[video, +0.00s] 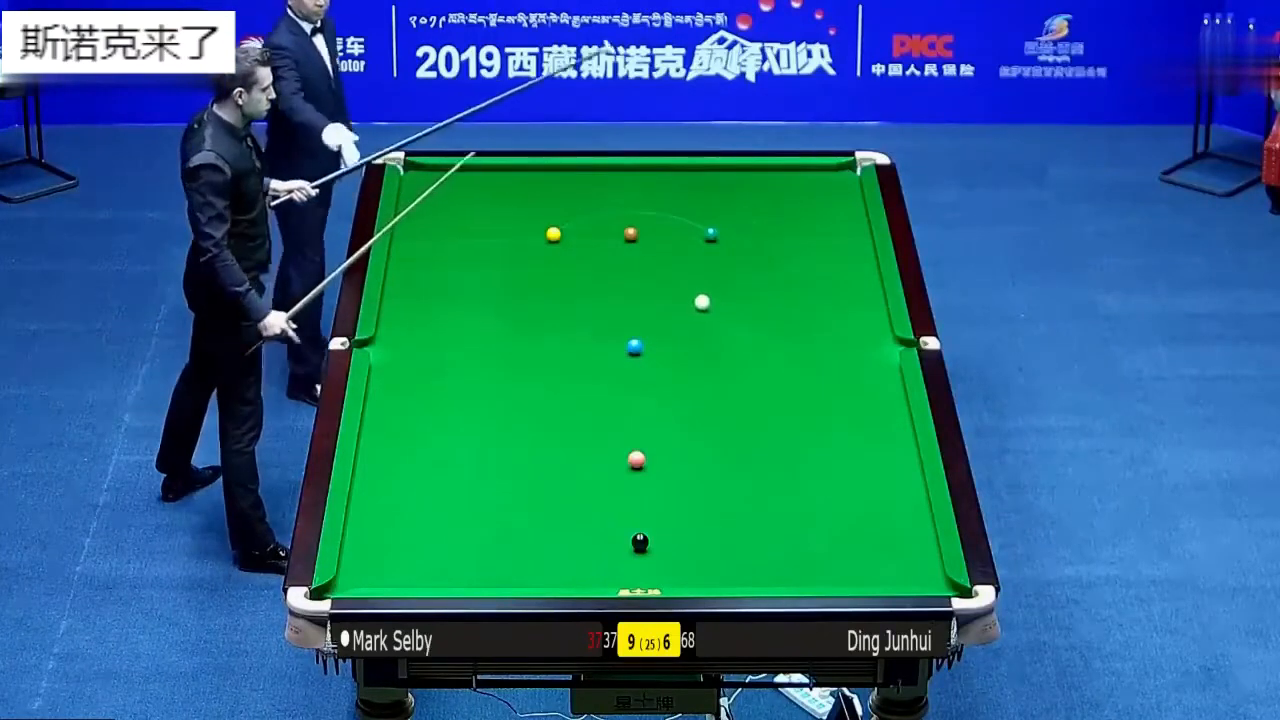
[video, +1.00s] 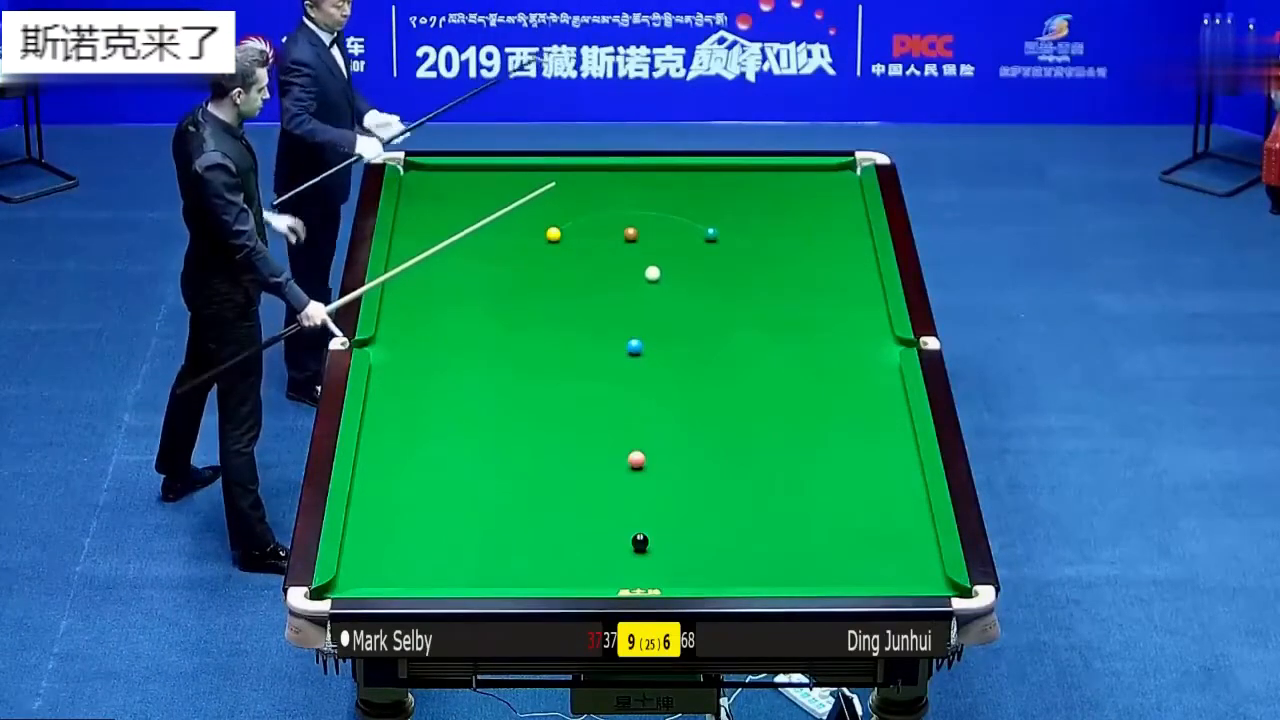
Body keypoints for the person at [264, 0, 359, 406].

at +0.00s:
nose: (321, 3)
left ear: (324, 2)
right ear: (292, 1)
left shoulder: (323, 27)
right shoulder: (282, 43)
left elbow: (329, 87)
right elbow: (290, 100)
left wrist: (343, 129)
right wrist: (328, 128)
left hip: (322, 164)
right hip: (294, 171)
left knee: (302, 264)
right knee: (309, 272)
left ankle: (307, 359)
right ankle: (304, 378)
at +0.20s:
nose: (329, 9)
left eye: (333, 2)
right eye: (320, 2)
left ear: (335, 5)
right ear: (297, 6)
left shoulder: (320, 39)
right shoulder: (290, 50)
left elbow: (327, 100)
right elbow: (306, 102)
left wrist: (339, 140)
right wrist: (344, 127)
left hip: (320, 178)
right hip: (301, 183)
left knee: (310, 272)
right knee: (312, 280)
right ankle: (305, 380)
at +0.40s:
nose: (338, 13)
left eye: (340, 6)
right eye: (329, 7)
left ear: (341, 9)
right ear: (303, 9)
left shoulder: (322, 46)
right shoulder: (294, 58)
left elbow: (326, 112)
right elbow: (308, 115)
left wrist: (351, 140)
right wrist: (351, 137)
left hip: (322, 185)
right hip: (303, 189)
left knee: (310, 271)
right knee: (312, 286)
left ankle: (281, 323)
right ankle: (304, 380)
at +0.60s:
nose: (339, 15)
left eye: (341, 8)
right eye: (329, 9)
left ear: (344, 10)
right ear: (304, 12)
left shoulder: (324, 48)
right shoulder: (294, 60)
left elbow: (328, 113)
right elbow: (298, 124)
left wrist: (356, 136)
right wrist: (349, 143)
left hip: (322, 187)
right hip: (303, 191)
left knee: (310, 275)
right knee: (310, 285)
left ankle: (288, 333)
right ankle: (303, 380)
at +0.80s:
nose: (340, 15)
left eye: (342, 8)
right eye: (331, 9)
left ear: (344, 9)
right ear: (305, 12)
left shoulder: (327, 47)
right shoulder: (293, 59)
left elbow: (339, 98)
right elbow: (293, 128)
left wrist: (361, 123)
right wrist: (350, 145)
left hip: (324, 188)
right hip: (302, 191)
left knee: (313, 282)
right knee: (305, 288)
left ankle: (310, 368)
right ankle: (302, 381)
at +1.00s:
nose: (346, 10)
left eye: (349, 3)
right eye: (338, 3)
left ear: (345, 7)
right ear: (312, 6)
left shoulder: (332, 41)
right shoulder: (299, 52)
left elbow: (342, 91)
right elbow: (295, 121)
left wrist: (368, 115)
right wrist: (353, 141)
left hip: (327, 182)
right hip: (306, 186)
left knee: (318, 279)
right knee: (307, 282)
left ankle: (315, 370)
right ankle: (302, 380)